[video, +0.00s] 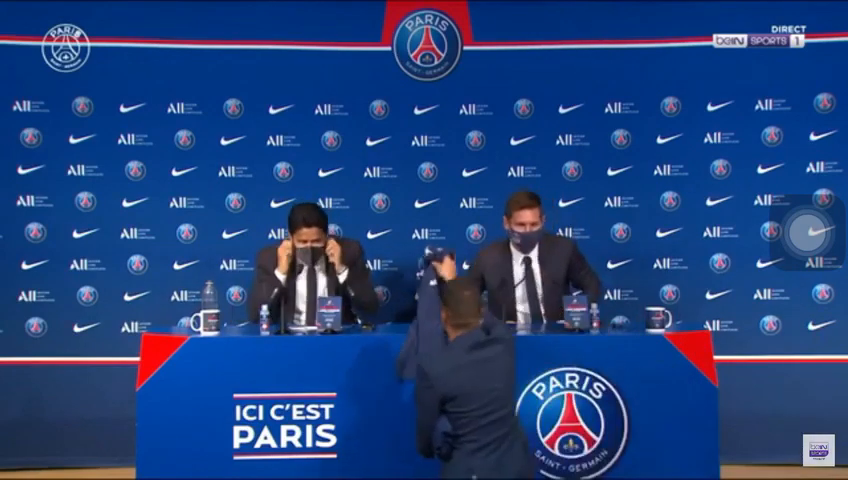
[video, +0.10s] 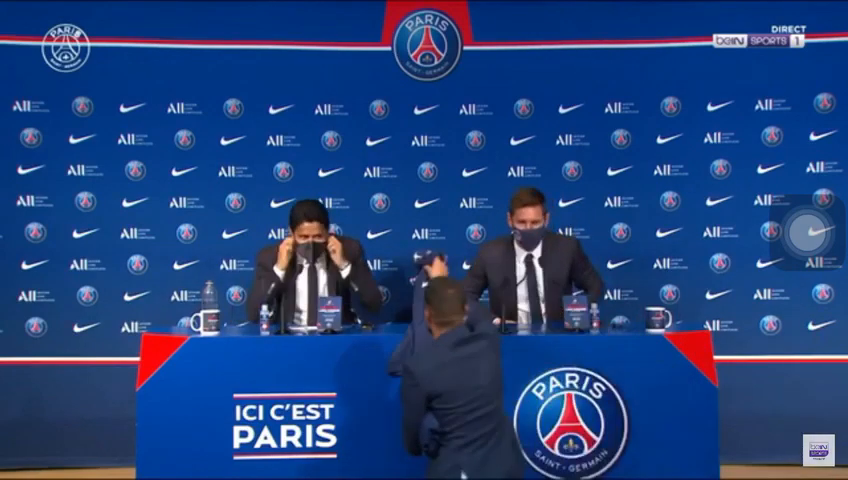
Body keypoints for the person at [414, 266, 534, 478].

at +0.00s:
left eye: (440, 309)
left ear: (444, 315)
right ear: (482, 311)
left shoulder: (435, 368)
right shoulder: (504, 344)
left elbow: (425, 444)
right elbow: (481, 312)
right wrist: (453, 281)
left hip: (467, 461)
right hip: (515, 458)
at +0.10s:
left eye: (424, 308)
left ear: (427, 314)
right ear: (465, 309)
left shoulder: (419, 366)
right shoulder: (488, 340)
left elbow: (413, 442)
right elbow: (471, 304)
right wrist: (443, 281)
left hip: (453, 460)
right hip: (503, 456)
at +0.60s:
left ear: (377, 314)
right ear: (414, 307)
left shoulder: (371, 365)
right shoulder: (442, 332)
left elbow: (373, 442)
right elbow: (433, 316)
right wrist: (424, 303)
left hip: (412, 464)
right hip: (462, 459)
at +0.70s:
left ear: (376, 313)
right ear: (414, 306)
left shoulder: (369, 366)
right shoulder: (441, 332)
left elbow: (372, 442)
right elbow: (436, 314)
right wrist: (427, 303)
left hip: (411, 466)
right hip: (461, 461)